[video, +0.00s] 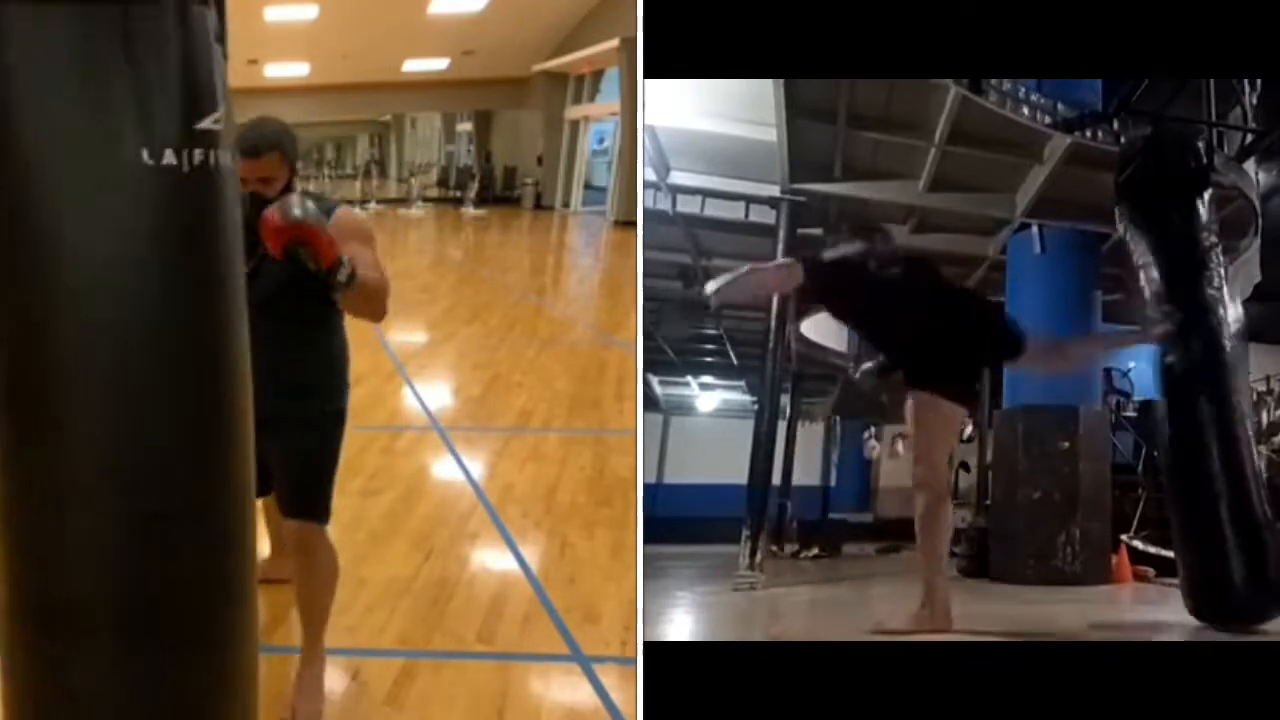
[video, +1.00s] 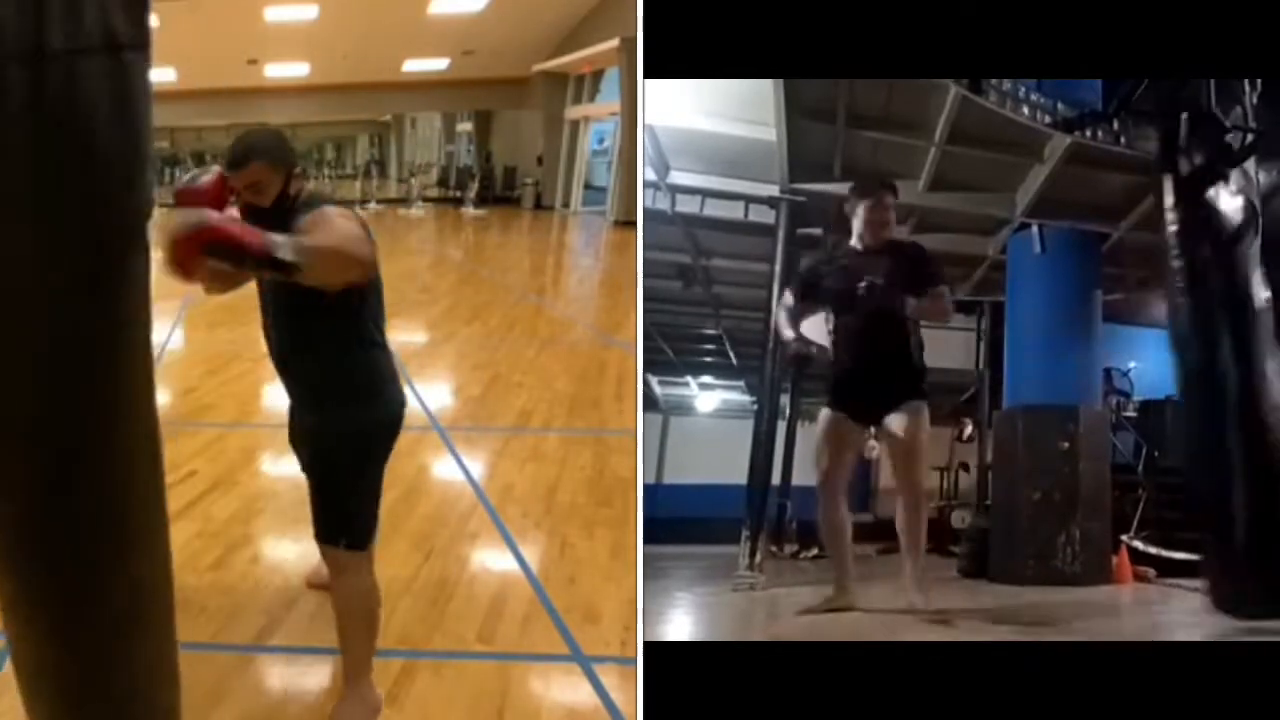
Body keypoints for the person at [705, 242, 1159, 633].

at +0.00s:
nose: (790, 307)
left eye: (789, 299)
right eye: (788, 303)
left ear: (801, 285)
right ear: (816, 288)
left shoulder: (829, 268)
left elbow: (751, 282)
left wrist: (713, 292)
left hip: (965, 328)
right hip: (940, 358)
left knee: (1060, 357)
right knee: (930, 486)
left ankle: (1151, 336)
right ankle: (934, 608)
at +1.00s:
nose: (883, 215)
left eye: (887, 207)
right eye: (874, 207)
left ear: (895, 213)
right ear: (853, 212)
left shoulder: (911, 256)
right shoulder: (830, 263)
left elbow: (943, 309)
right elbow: (786, 308)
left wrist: (906, 304)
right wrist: (792, 337)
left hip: (901, 380)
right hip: (848, 381)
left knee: (910, 480)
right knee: (829, 480)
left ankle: (914, 587)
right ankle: (842, 588)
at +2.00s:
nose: (889, 264)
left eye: (894, 260)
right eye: (884, 256)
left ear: (896, 268)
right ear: (863, 257)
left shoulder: (889, 306)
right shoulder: (833, 289)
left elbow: (881, 343)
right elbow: (812, 327)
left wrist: (908, 361)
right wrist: (864, 318)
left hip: (867, 406)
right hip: (825, 402)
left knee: (897, 459)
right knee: (799, 483)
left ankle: (865, 546)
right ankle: (788, 576)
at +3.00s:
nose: (895, 257)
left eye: (901, 253)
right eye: (888, 249)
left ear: (905, 259)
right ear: (868, 248)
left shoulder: (904, 293)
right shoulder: (837, 282)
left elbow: (933, 344)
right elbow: (799, 321)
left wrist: (933, 317)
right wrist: (846, 299)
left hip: (889, 401)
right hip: (841, 398)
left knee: (911, 490)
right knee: (810, 486)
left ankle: (917, 582)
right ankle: (799, 585)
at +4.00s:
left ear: (817, 318)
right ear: (834, 304)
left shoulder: (828, 318)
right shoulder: (869, 308)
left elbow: (812, 330)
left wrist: (823, 365)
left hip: (930, 367)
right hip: (966, 341)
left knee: (918, 484)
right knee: (1063, 387)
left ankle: (906, 597)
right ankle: (1123, 345)